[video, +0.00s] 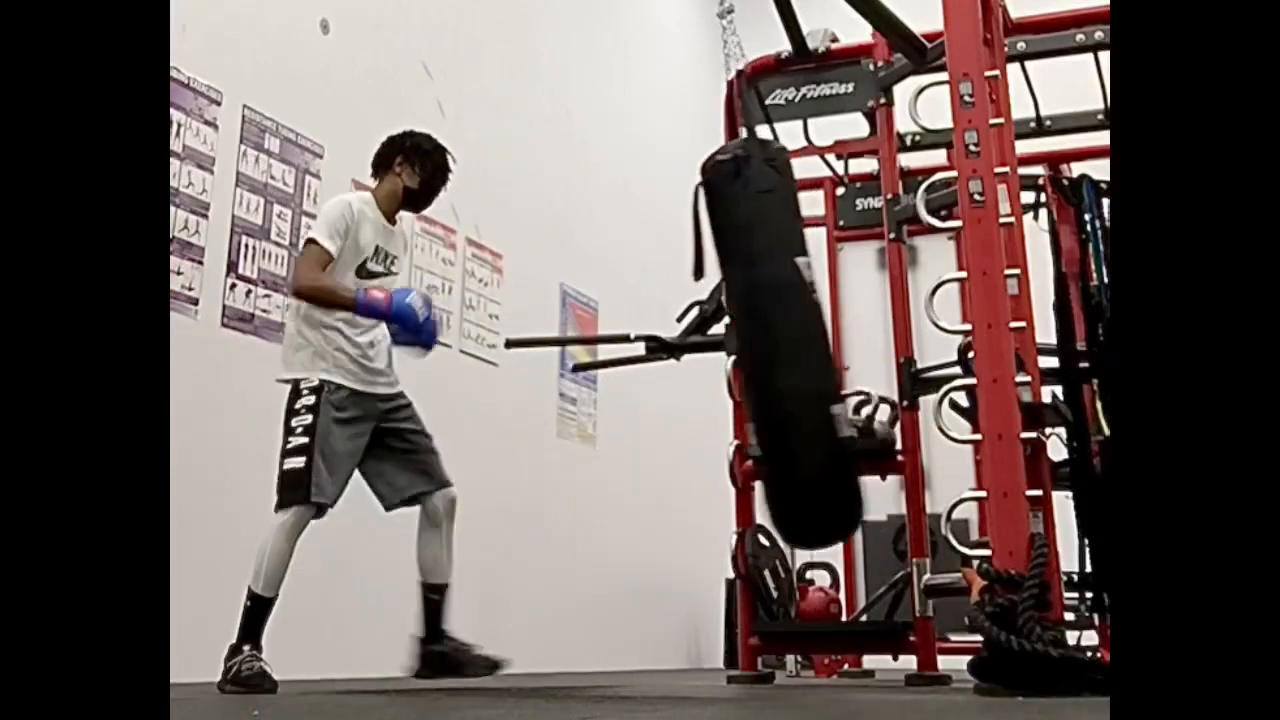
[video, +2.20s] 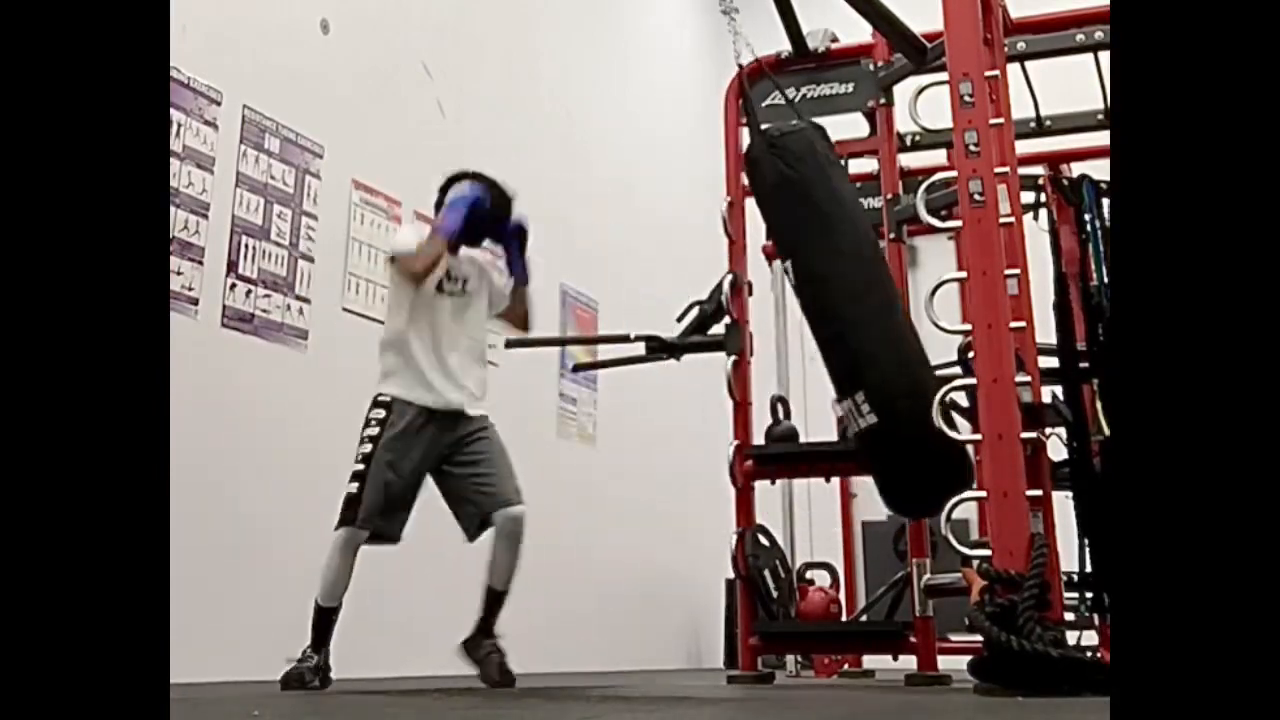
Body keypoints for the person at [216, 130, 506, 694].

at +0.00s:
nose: (428, 189)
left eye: (435, 182)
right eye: (423, 175)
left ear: (422, 184)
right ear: (396, 165)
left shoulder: (400, 238)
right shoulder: (346, 210)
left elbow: (366, 310)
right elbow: (305, 280)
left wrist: (407, 327)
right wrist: (384, 302)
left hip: (379, 388)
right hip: (324, 383)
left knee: (439, 501)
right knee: (299, 507)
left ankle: (435, 645)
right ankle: (244, 652)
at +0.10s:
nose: (440, 219)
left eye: (447, 214)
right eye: (439, 207)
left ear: (440, 210)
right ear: (418, 187)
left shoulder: (421, 259)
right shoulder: (369, 218)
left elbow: (451, 328)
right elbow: (375, 275)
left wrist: (488, 280)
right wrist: (447, 251)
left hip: (397, 404)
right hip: (340, 396)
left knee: (458, 516)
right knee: (309, 515)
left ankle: (474, 656)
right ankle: (246, 651)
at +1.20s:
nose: (441, 226)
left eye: (452, 220)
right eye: (437, 214)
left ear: (465, 225)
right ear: (423, 208)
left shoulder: (467, 267)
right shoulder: (387, 248)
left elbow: (487, 335)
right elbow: (358, 306)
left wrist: (504, 285)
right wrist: (412, 256)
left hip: (448, 415)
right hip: (383, 414)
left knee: (510, 522)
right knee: (323, 534)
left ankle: (549, 645)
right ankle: (272, 654)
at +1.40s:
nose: (509, 245)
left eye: (519, 239)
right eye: (503, 235)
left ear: (529, 237)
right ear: (485, 227)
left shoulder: (529, 269)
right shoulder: (449, 257)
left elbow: (562, 331)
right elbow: (432, 301)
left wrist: (564, 271)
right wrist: (472, 247)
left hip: (515, 416)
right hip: (452, 417)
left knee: (553, 524)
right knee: (418, 536)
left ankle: (578, 651)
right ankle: (425, 652)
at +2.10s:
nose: (495, 213)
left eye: (505, 209)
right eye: (491, 203)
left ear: (508, 211)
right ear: (470, 192)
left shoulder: (498, 250)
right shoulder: (429, 214)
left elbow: (535, 303)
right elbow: (418, 258)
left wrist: (534, 239)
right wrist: (464, 220)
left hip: (479, 386)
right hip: (425, 373)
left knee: (511, 504)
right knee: (395, 508)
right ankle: (372, 641)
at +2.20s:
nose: (464, 220)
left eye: (474, 213)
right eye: (458, 206)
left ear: (482, 223)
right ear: (439, 210)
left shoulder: (484, 270)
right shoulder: (409, 248)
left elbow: (521, 321)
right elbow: (418, 270)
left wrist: (517, 258)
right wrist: (451, 223)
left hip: (464, 414)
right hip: (403, 406)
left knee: (511, 518)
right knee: (352, 529)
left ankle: (483, 637)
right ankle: (316, 654)